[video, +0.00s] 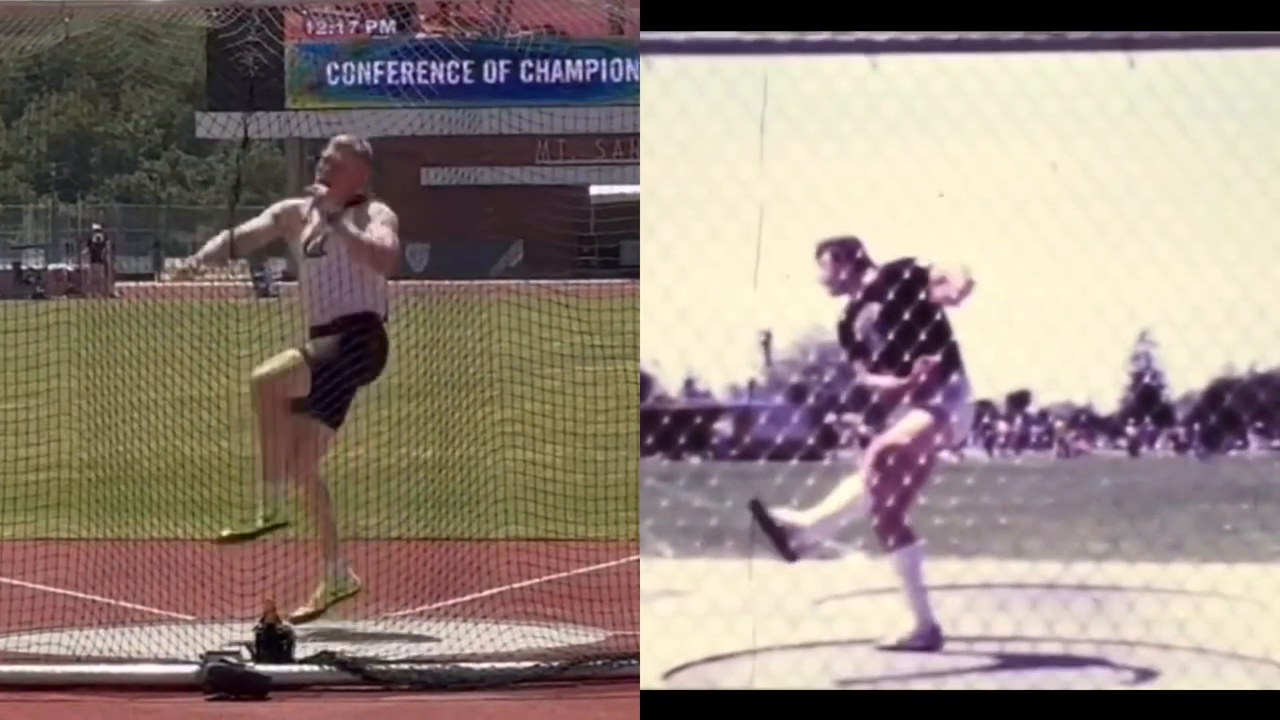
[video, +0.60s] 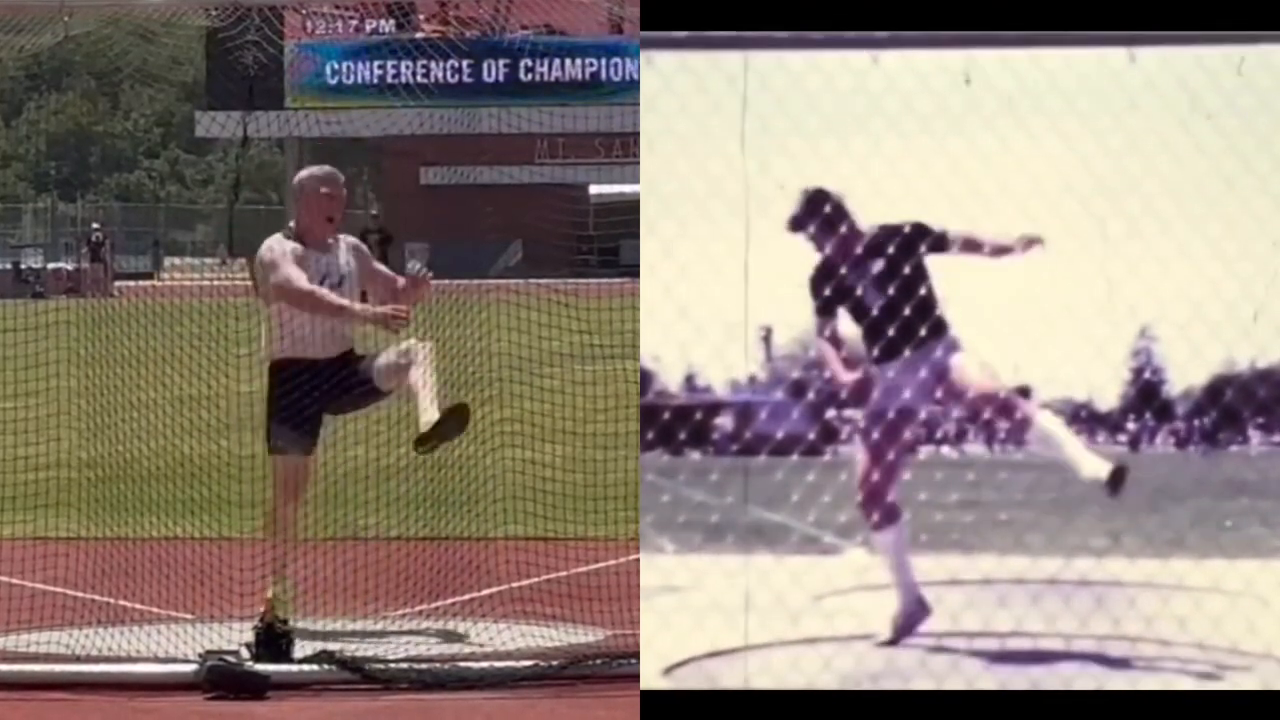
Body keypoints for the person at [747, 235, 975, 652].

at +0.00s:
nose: (823, 281)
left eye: (827, 270)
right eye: (821, 272)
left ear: (849, 263)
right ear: (837, 269)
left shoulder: (901, 274)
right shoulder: (849, 324)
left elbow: (956, 278)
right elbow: (865, 377)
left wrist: (954, 291)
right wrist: (905, 381)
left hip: (947, 396)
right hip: (908, 409)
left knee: (882, 456)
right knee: (886, 511)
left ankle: (803, 524)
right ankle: (926, 625)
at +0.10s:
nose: (817, 277)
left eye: (819, 267)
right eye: (814, 270)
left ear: (839, 257)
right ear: (826, 266)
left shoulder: (898, 268)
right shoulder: (845, 319)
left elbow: (952, 270)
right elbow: (877, 379)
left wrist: (971, 281)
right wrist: (911, 374)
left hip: (949, 385)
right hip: (912, 401)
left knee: (894, 442)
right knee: (889, 511)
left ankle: (827, 514)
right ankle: (926, 619)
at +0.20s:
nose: (817, 276)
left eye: (820, 266)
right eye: (812, 270)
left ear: (840, 256)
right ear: (817, 270)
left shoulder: (897, 267)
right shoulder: (838, 315)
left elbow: (953, 267)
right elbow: (872, 372)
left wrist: (993, 277)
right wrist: (904, 371)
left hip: (945, 377)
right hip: (901, 396)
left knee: (916, 430)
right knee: (886, 500)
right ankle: (925, 616)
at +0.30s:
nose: (814, 270)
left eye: (816, 259)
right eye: (807, 264)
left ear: (836, 248)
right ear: (809, 266)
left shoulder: (894, 266)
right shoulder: (832, 310)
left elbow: (958, 265)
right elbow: (858, 365)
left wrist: (1002, 273)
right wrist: (867, 404)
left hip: (940, 375)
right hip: (896, 398)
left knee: (939, 422)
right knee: (880, 504)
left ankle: (956, 495)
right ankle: (924, 618)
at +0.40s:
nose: (815, 261)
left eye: (816, 249)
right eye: (807, 255)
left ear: (836, 238)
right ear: (807, 258)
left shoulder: (894, 258)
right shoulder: (829, 302)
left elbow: (956, 257)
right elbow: (850, 356)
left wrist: (1002, 265)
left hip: (936, 366)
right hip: (893, 390)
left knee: (956, 412)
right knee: (879, 498)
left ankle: (987, 487)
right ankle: (922, 612)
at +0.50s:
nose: (815, 253)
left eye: (817, 241)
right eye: (808, 245)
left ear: (836, 229)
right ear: (811, 245)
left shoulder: (896, 247)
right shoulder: (828, 288)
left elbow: (959, 248)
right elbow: (835, 342)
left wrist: (1004, 256)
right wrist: (858, 365)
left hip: (936, 360)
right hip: (891, 381)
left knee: (980, 401)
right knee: (877, 494)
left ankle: (1050, 482)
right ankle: (918, 606)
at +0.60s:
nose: (822, 247)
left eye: (823, 236)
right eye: (815, 241)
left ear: (841, 221)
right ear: (815, 239)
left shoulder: (900, 240)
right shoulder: (825, 279)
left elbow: (964, 244)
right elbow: (825, 335)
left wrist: (1011, 247)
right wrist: (840, 371)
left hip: (939, 356)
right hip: (890, 377)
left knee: (994, 398)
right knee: (873, 489)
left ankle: (1093, 468)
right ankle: (909, 600)